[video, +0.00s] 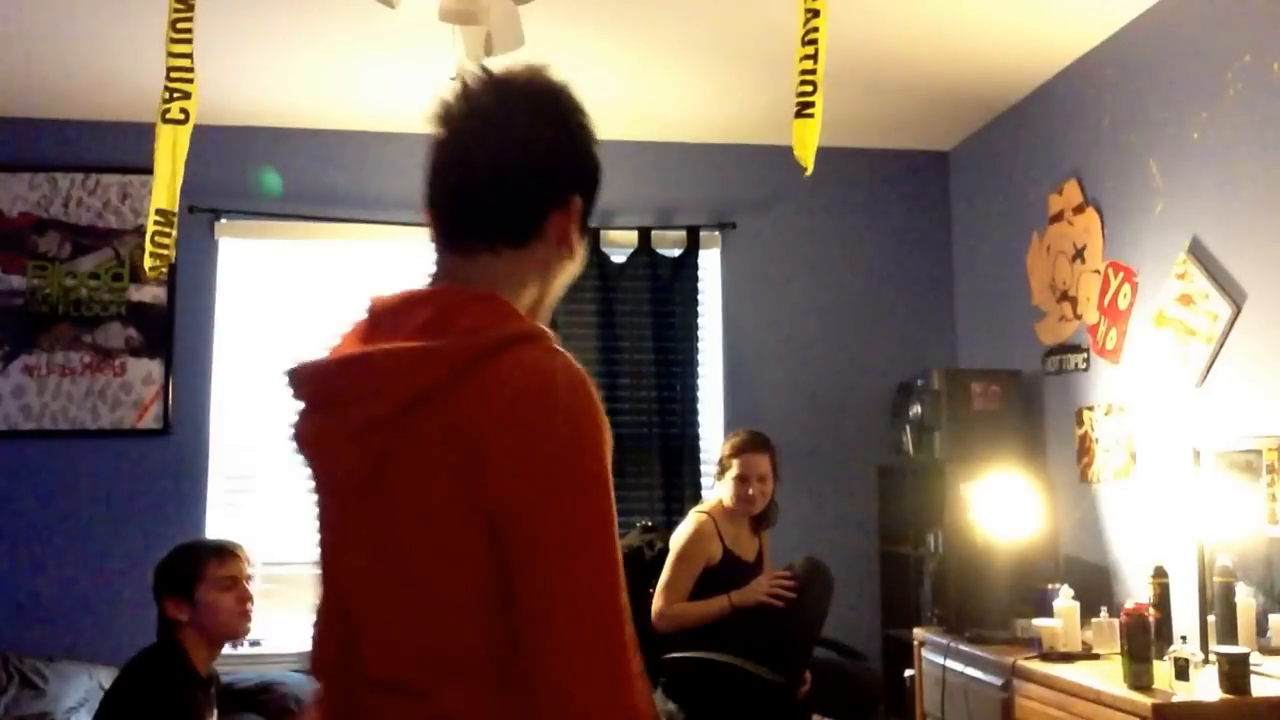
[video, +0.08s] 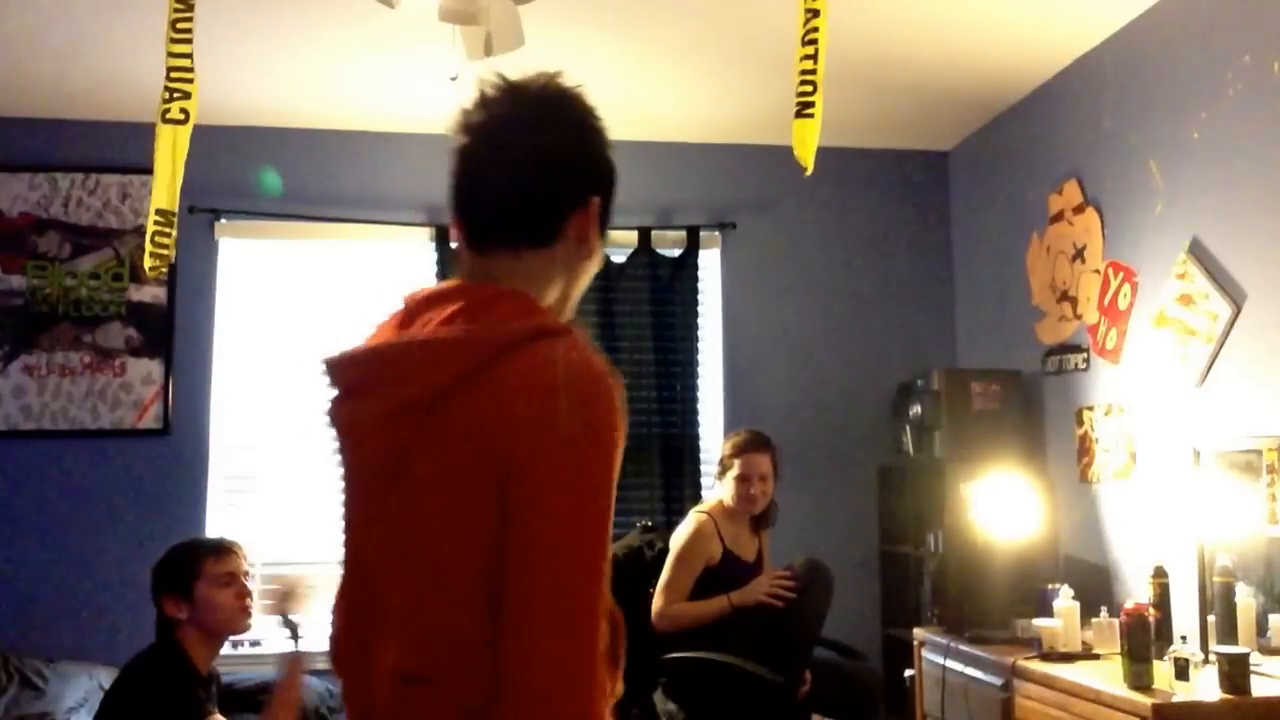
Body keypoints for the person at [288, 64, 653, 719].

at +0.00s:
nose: (581, 254)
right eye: (586, 232)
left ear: (434, 215)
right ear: (568, 225)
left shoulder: (363, 361)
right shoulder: (537, 383)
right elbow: (585, 661)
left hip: (356, 697)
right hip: (496, 702)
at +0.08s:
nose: (602, 249)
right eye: (606, 230)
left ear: (456, 228)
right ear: (586, 225)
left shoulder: (388, 356)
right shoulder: (562, 377)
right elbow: (556, 642)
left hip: (377, 693)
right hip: (499, 700)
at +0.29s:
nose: (609, 256)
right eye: (613, 234)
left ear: (471, 228)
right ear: (598, 226)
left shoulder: (412, 355)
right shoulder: (574, 363)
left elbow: (387, 601)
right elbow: (562, 616)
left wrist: (374, 711)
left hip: (461, 698)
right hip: (570, 703)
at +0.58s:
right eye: (647, 244)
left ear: (511, 235)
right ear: (637, 235)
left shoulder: (429, 354)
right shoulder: (618, 353)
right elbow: (691, 617)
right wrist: (770, 705)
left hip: (418, 693)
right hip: (559, 700)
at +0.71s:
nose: (630, 269)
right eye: (635, 249)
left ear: (496, 243)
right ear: (620, 244)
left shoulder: (417, 363)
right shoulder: (622, 369)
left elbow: (390, 583)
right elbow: (611, 591)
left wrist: (381, 710)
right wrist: (620, 705)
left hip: (455, 694)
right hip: (580, 700)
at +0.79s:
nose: (629, 268)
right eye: (635, 250)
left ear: (498, 245)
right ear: (622, 244)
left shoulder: (418, 369)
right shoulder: (625, 371)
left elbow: (388, 609)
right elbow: (598, 605)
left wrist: (355, 712)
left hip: (460, 696)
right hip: (584, 701)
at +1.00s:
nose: (651, 286)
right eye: (658, 267)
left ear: (527, 246)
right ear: (649, 249)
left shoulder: (444, 349)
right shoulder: (636, 347)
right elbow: (692, 602)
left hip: (417, 690)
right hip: (557, 700)